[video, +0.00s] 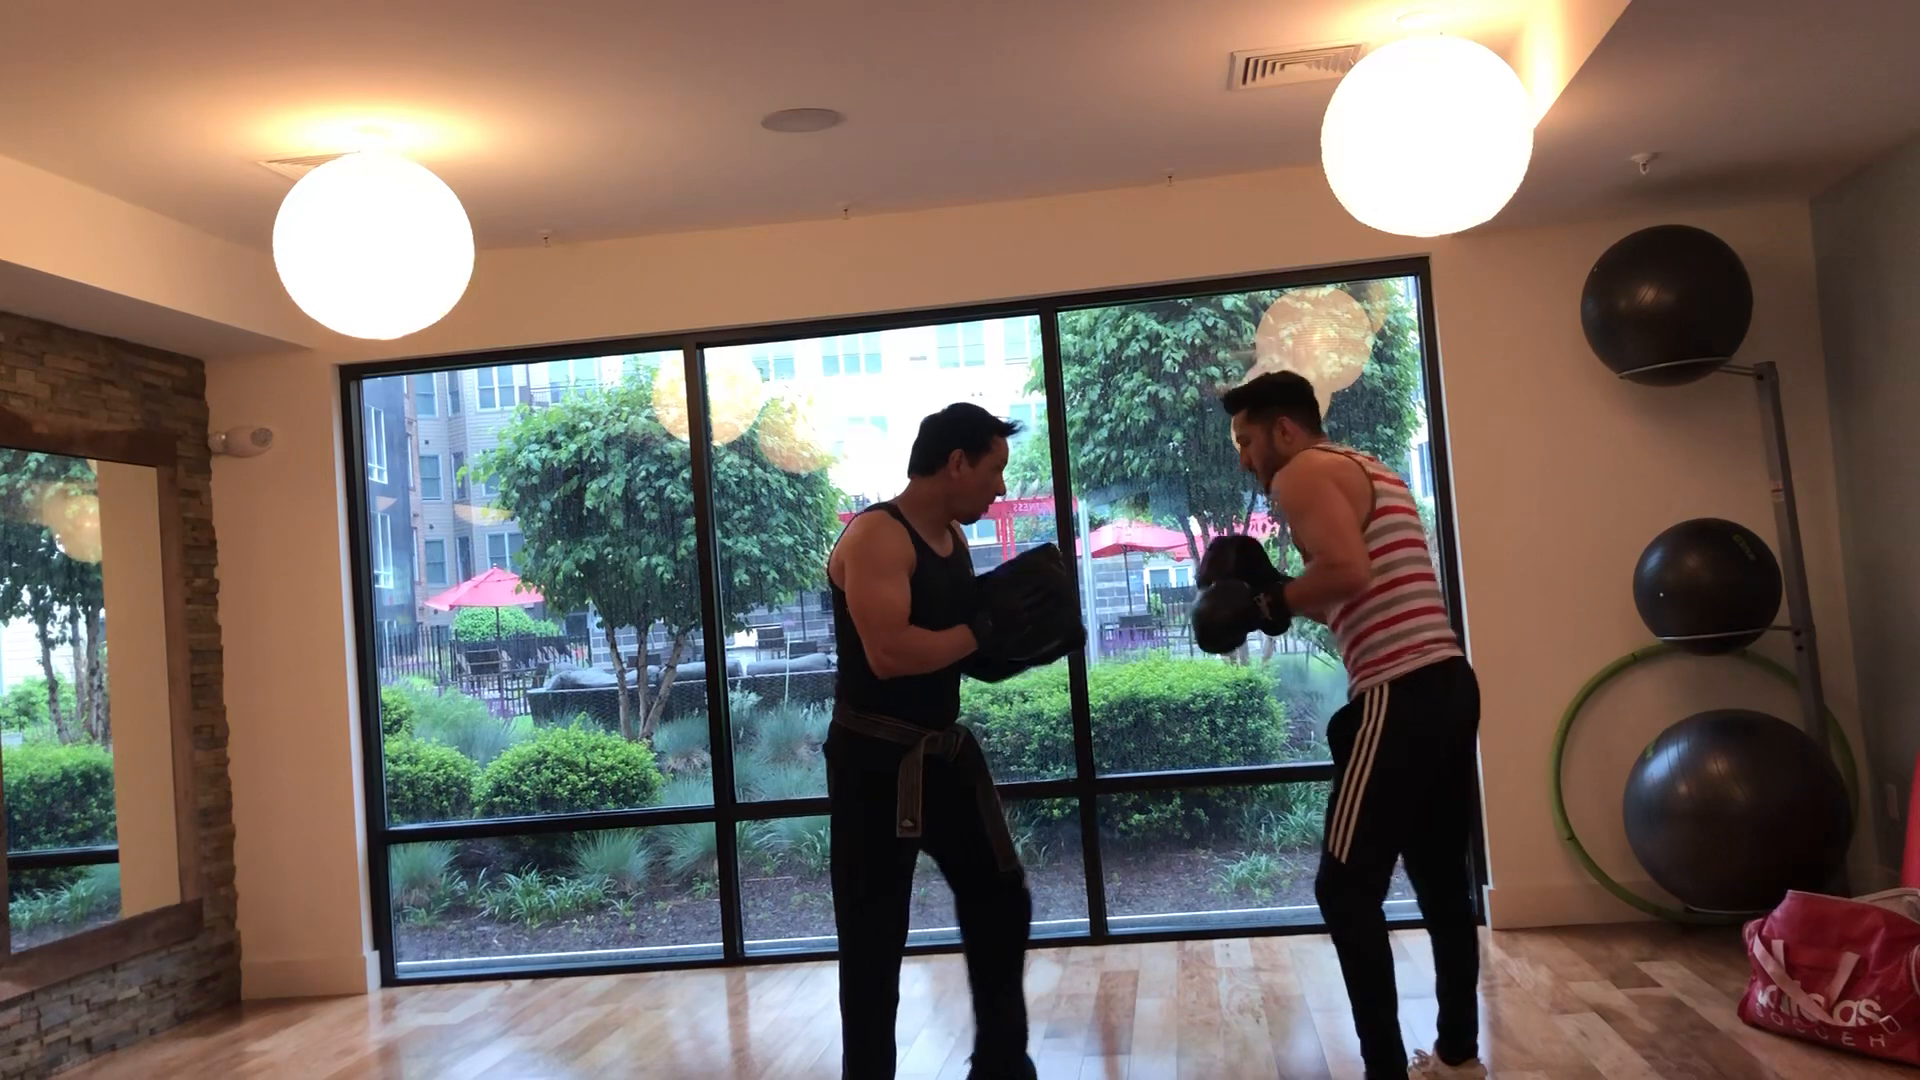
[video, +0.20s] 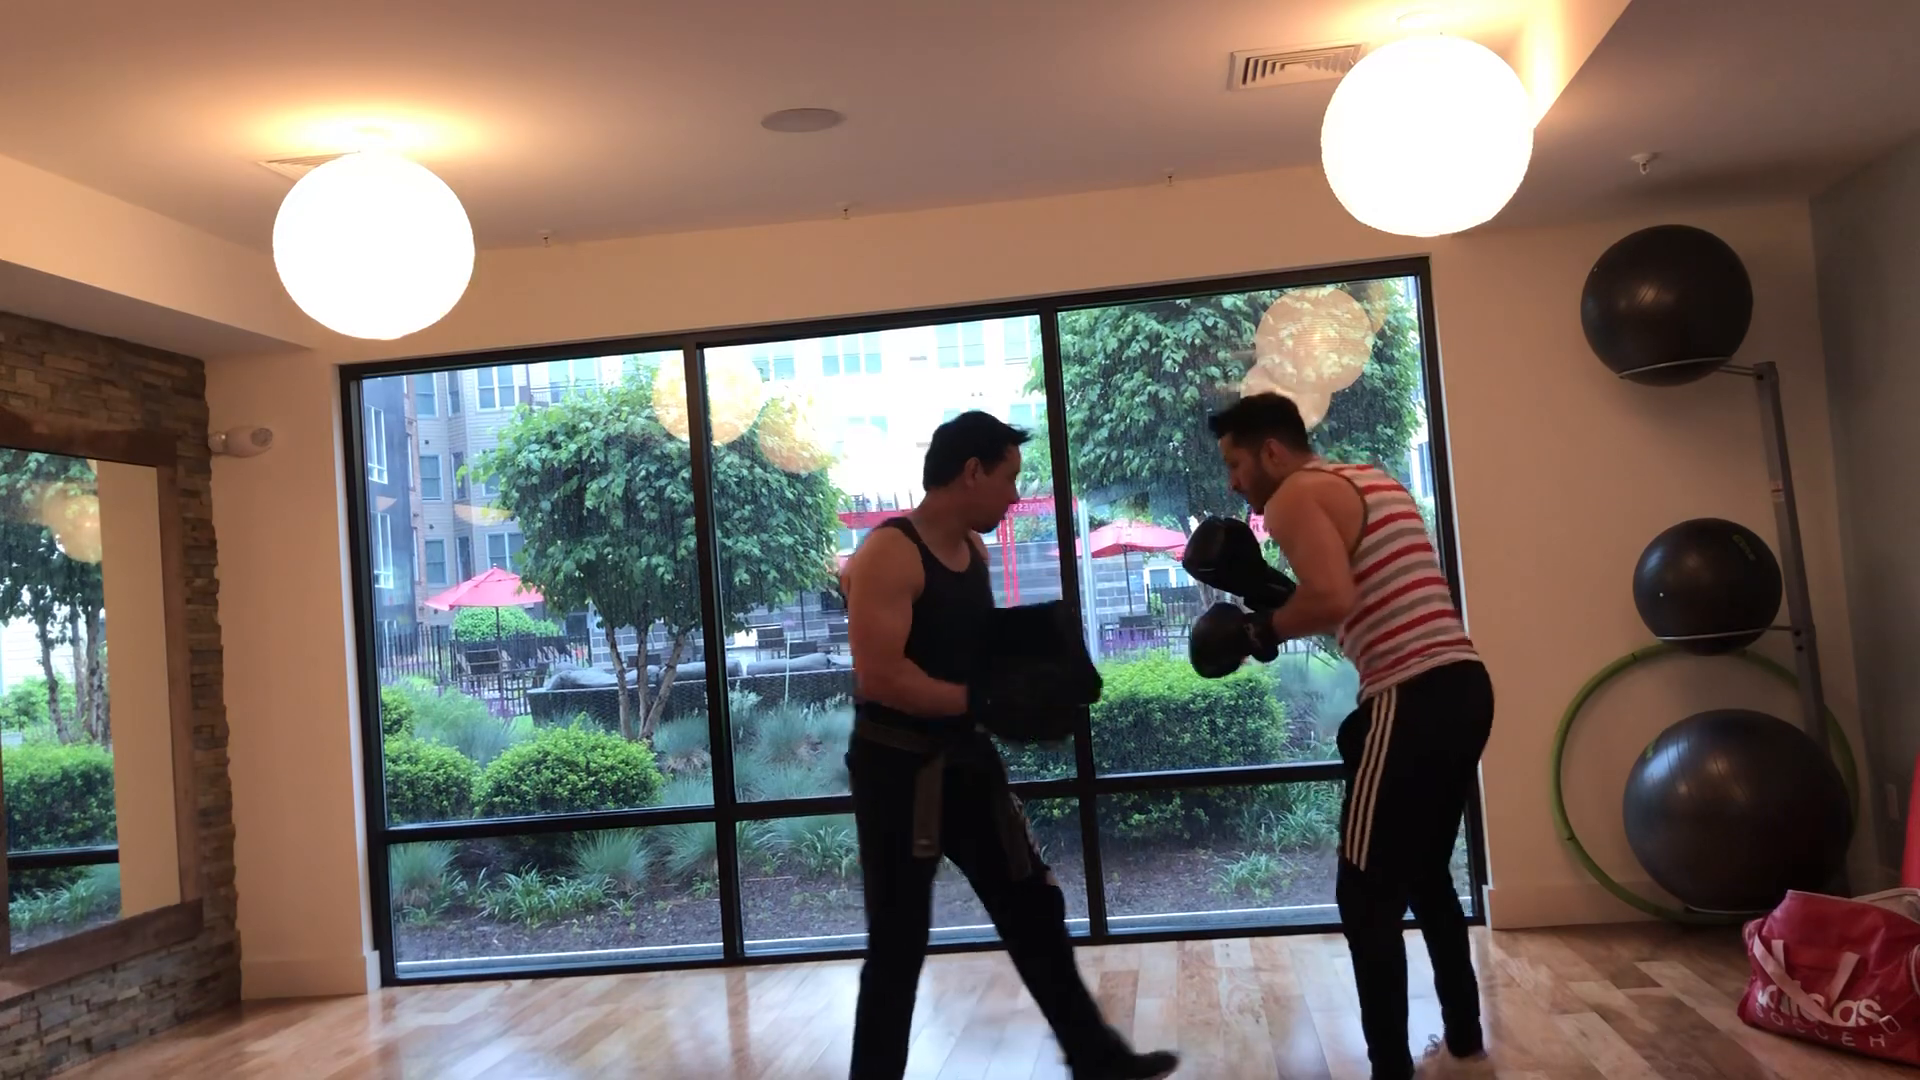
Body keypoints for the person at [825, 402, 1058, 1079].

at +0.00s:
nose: (999, 489)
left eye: (1002, 474)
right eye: (996, 472)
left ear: (956, 466)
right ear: (955, 463)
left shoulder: (949, 539)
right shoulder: (874, 535)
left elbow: (954, 636)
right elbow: (888, 652)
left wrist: (1022, 605)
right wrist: (986, 630)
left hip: (944, 748)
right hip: (873, 754)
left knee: (1000, 906)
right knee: (873, 938)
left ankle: (1001, 1068)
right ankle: (869, 1075)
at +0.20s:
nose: (1015, 495)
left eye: (1017, 480)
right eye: (1011, 478)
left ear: (972, 474)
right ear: (971, 471)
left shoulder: (969, 549)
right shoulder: (888, 550)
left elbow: (971, 650)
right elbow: (877, 674)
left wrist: (1035, 678)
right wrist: (982, 700)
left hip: (964, 754)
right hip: (895, 760)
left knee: (1030, 909)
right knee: (898, 942)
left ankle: (1098, 1059)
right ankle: (873, 1076)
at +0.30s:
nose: (1030, 500)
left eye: (1032, 486)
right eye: (1026, 484)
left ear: (987, 480)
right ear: (986, 477)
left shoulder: (991, 558)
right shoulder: (906, 558)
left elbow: (994, 661)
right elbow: (867, 674)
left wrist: (1053, 658)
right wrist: (970, 710)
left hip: (992, 769)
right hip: (921, 775)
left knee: (1058, 919)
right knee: (924, 952)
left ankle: (1127, 1059)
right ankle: (881, 1078)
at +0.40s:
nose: (1052, 501)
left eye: (1053, 486)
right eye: (1046, 485)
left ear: (1007, 482)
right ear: (1007, 481)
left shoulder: (1011, 559)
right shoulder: (932, 560)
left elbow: (1028, 659)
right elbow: (877, 660)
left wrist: (1087, 603)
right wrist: (984, 676)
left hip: (1025, 769)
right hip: (959, 776)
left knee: (1100, 915)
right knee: (954, 954)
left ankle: (1137, 1065)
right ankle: (890, 1077)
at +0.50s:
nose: (1077, 492)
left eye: (1078, 478)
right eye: (1070, 478)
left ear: (1028, 479)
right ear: (1030, 476)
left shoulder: (1029, 560)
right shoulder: (966, 547)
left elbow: (1068, 649)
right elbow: (938, 631)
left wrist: (1119, 590)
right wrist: (1038, 611)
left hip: (1047, 763)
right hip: (991, 767)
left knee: (1124, 907)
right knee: (991, 947)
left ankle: (1143, 1061)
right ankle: (896, 1074)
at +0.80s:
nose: (1124, 483)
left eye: (1126, 470)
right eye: (1114, 470)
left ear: (1065, 473)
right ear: (1065, 468)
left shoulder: (1017, 539)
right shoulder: (1092, 527)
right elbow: (1204, 553)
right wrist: (1288, 551)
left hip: (1019, 745)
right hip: (1033, 750)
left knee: (1094, 908)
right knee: (1011, 928)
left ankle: (1139, 1061)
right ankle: (920, 1072)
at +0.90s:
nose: (1131, 486)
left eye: (1134, 472)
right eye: (1118, 471)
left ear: (1072, 476)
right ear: (1073, 470)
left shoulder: (1019, 543)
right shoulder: (1085, 540)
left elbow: (1086, 665)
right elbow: (1177, 627)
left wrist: (1188, 631)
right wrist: (1217, 590)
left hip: (1033, 749)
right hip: (1035, 755)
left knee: (1108, 904)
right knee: (1022, 933)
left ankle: (1139, 1057)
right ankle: (954, 1072)